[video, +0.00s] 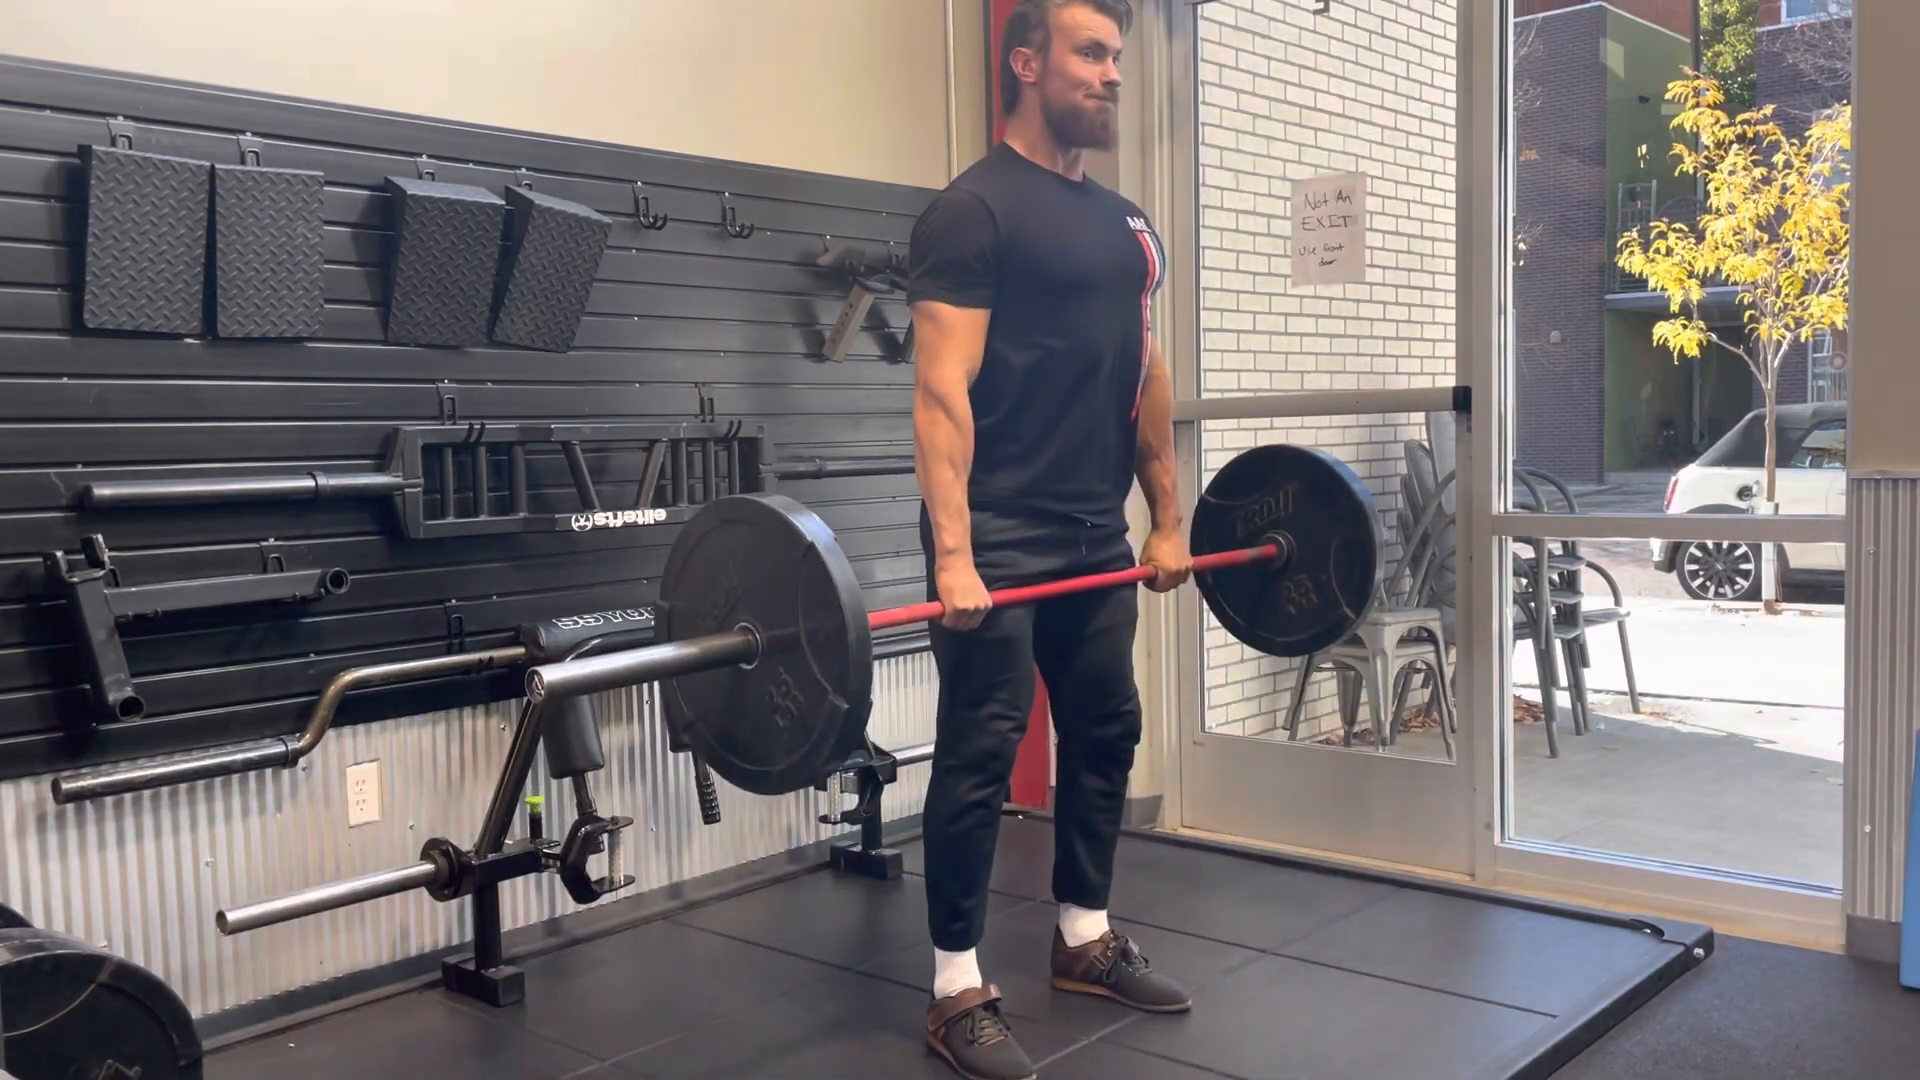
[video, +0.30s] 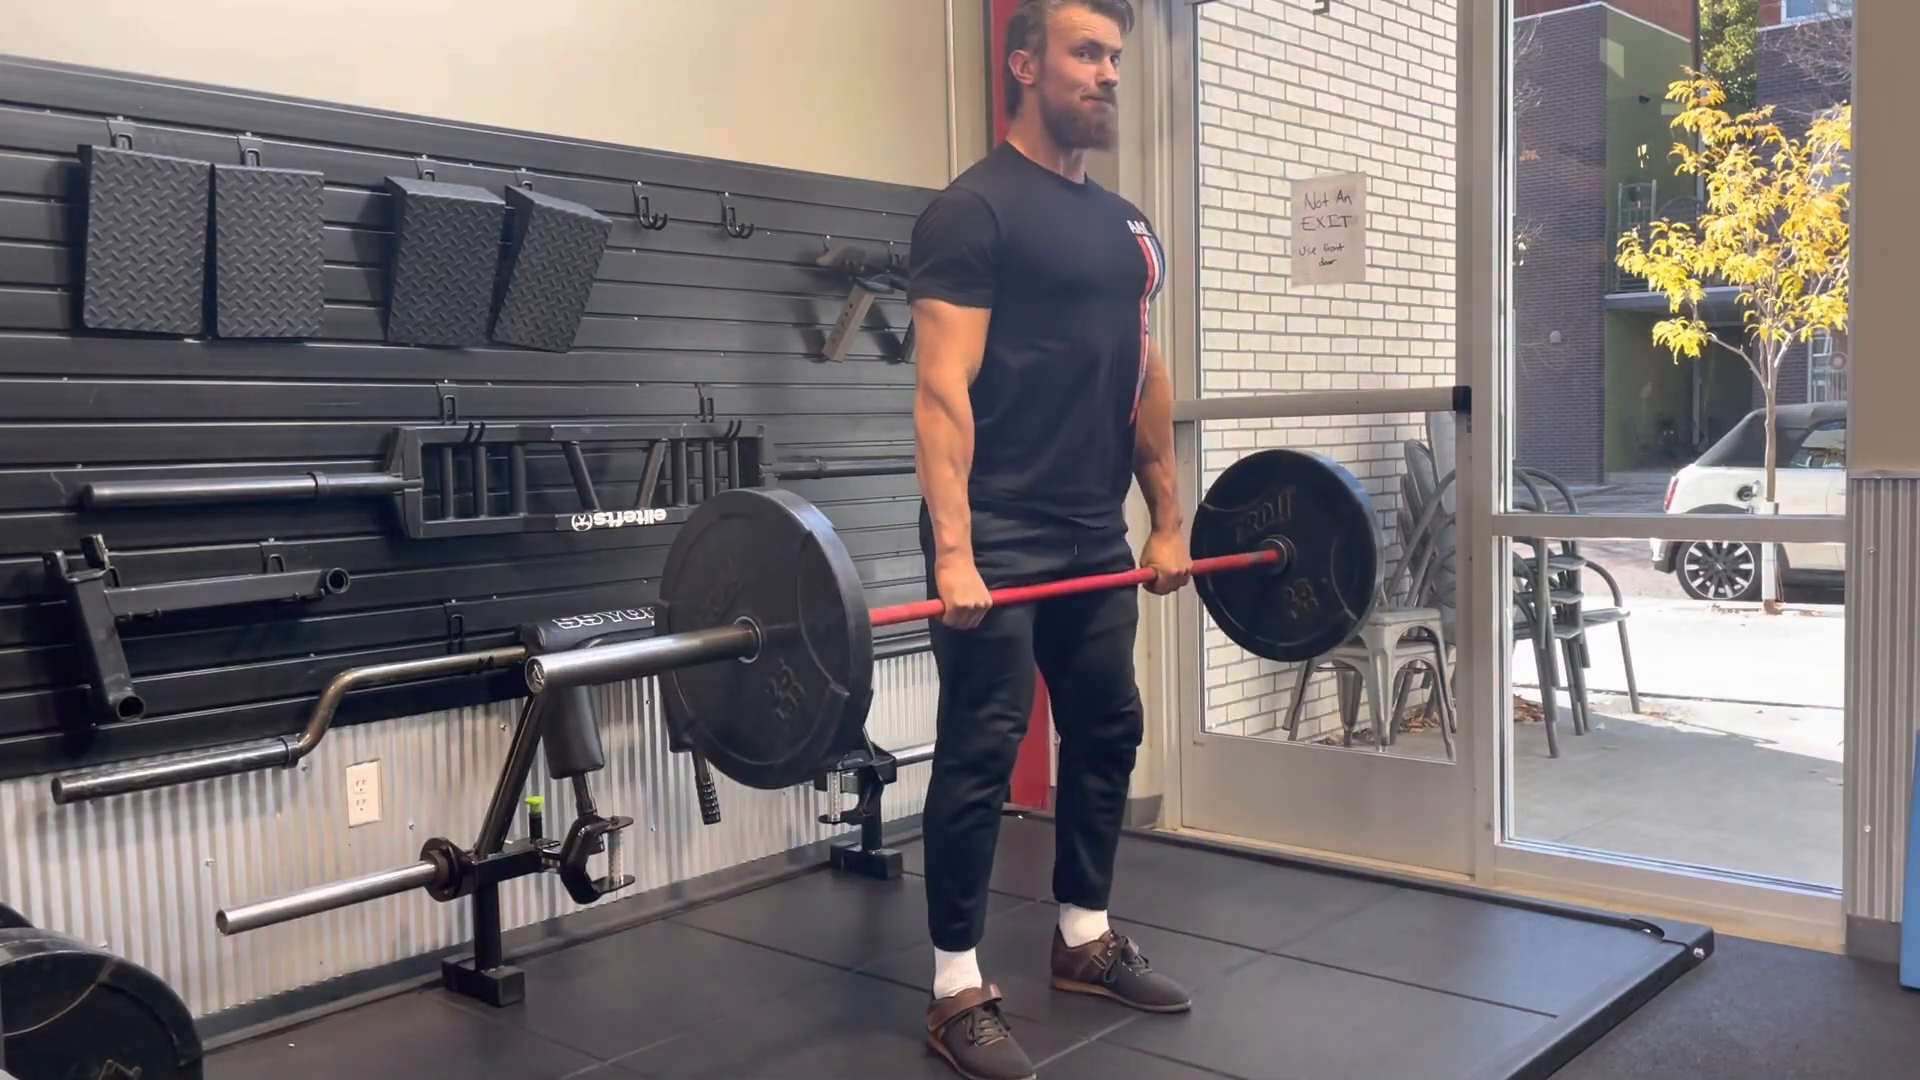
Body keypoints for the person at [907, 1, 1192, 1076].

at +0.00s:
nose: (1113, 76)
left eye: (1117, 58)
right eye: (1092, 53)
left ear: (1111, 74)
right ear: (1022, 63)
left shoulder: (1127, 223)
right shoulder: (969, 210)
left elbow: (1145, 379)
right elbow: (940, 399)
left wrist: (1168, 516)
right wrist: (952, 553)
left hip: (1094, 529)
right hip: (991, 534)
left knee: (1103, 733)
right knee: (982, 750)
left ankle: (1084, 939)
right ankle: (956, 987)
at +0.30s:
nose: (1111, 76)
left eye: (1117, 58)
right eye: (1090, 53)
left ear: (1113, 77)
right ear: (1021, 66)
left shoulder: (1127, 225)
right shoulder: (969, 209)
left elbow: (1144, 379)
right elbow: (940, 397)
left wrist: (1168, 516)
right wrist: (952, 551)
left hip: (1092, 529)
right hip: (989, 534)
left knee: (1105, 730)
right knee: (984, 747)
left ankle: (1084, 939)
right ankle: (956, 986)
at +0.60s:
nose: (1110, 77)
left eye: (1114, 60)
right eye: (1089, 54)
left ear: (1107, 79)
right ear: (1020, 66)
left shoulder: (1122, 225)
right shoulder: (966, 209)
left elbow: (1143, 377)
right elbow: (939, 395)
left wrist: (1168, 516)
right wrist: (951, 548)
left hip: (1092, 528)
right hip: (990, 534)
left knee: (1105, 730)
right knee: (984, 748)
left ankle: (1084, 939)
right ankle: (956, 986)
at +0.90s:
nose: (1110, 76)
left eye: (1113, 58)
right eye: (1088, 53)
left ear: (1103, 78)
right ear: (1019, 68)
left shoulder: (1120, 222)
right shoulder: (963, 208)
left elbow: (1141, 377)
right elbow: (937, 393)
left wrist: (1165, 518)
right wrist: (948, 547)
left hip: (1091, 527)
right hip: (989, 531)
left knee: (1105, 728)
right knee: (984, 743)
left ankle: (1085, 939)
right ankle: (957, 986)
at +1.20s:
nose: (1104, 76)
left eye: (1107, 59)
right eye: (1083, 54)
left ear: (1091, 80)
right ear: (1016, 69)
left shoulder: (1118, 222)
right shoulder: (959, 206)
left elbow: (1139, 379)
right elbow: (934, 392)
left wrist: (1162, 519)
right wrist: (946, 547)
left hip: (1090, 527)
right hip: (987, 531)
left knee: (1104, 732)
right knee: (981, 750)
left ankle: (1084, 937)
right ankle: (957, 983)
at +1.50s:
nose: (1101, 77)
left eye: (1104, 60)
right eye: (1079, 55)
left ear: (1089, 80)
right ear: (1012, 70)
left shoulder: (1113, 220)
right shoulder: (956, 208)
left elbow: (1137, 378)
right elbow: (932, 394)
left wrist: (1159, 519)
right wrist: (946, 548)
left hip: (1088, 527)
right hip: (986, 531)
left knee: (1103, 731)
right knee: (981, 749)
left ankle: (1084, 937)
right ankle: (958, 984)